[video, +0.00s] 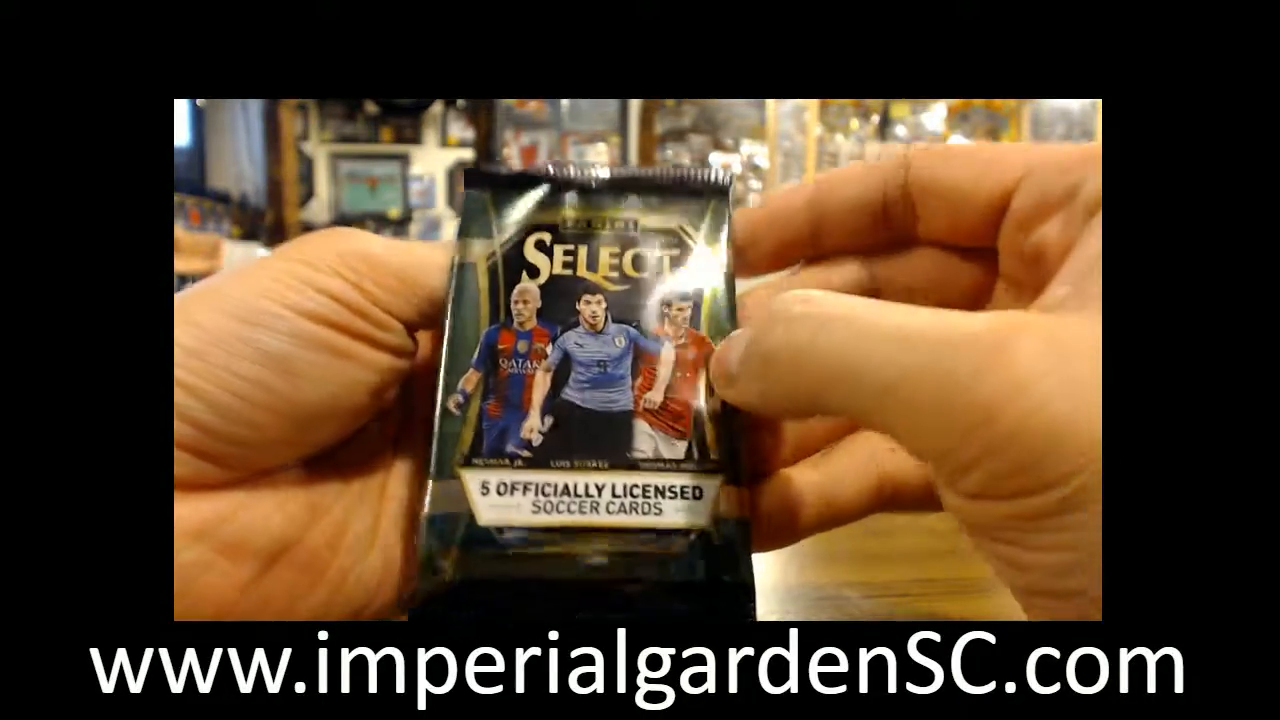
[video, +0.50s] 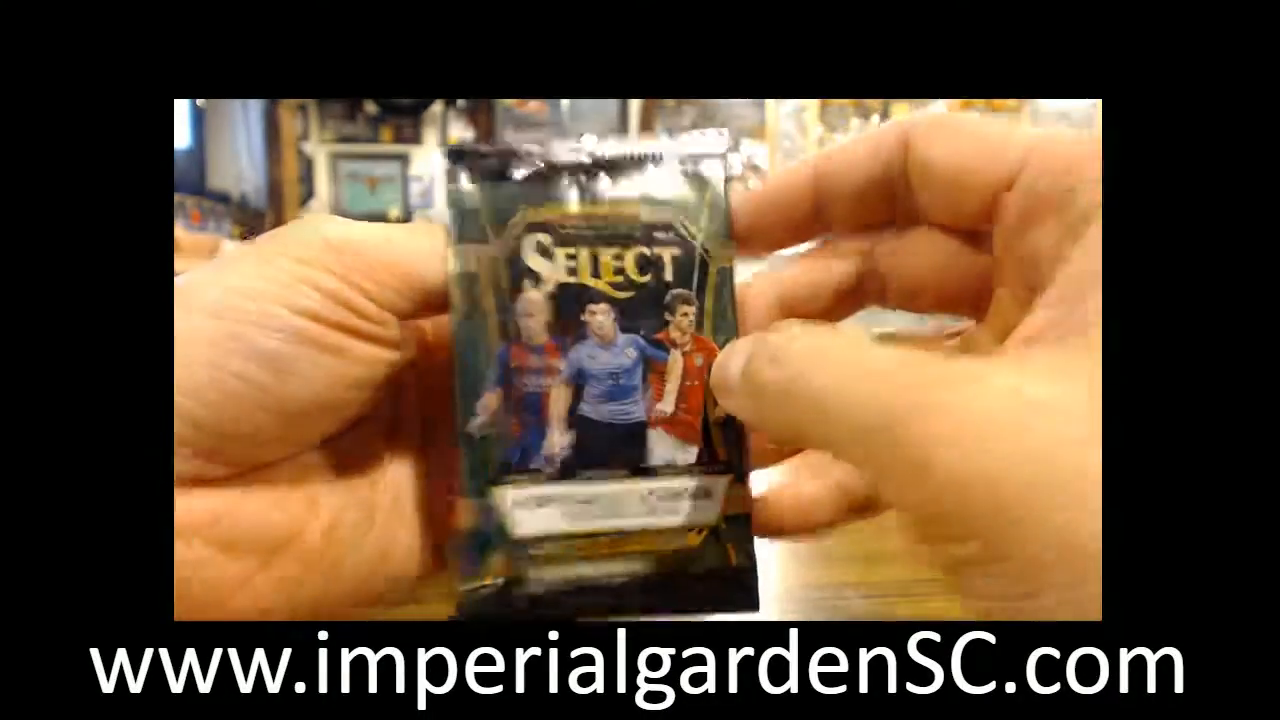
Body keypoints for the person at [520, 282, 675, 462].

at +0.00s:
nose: (594, 309)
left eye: (599, 303)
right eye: (588, 303)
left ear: (606, 306)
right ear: (578, 307)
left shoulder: (626, 334)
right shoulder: (567, 339)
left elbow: (666, 348)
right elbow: (545, 371)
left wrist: (658, 390)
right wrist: (534, 413)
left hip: (617, 414)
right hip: (576, 412)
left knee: (616, 476)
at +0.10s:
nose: (594, 309)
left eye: (598, 302)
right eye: (587, 303)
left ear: (605, 304)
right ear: (577, 307)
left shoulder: (626, 333)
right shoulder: (568, 340)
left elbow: (668, 350)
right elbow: (546, 377)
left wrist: (661, 393)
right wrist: (539, 422)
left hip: (621, 418)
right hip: (578, 416)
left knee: (620, 481)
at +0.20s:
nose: (589, 313)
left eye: (593, 306)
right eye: (581, 307)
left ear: (600, 308)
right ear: (572, 311)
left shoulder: (623, 339)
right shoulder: (564, 348)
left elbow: (666, 355)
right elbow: (543, 386)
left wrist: (659, 399)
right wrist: (537, 432)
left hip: (620, 425)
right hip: (577, 424)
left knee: (618, 491)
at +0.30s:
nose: (588, 314)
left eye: (593, 306)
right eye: (581, 307)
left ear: (600, 308)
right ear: (571, 311)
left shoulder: (622, 339)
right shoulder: (563, 346)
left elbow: (665, 355)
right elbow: (543, 386)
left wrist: (658, 399)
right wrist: (536, 432)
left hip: (618, 425)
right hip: (576, 424)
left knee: (619, 491)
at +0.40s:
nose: (589, 315)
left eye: (593, 308)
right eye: (581, 309)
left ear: (601, 309)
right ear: (572, 313)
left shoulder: (623, 340)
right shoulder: (564, 349)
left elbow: (665, 355)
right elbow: (544, 387)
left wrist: (659, 400)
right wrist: (538, 433)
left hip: (619, 425)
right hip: (577, 424)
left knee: (620, 489)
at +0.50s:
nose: (599, 320)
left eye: (605, 313)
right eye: (592, 314)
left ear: (614, 316)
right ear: (584, 318)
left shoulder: (634, 344)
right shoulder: (579, 353)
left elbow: (674, 357)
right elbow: (562, 387)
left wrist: (668, 400)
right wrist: (557, 431)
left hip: (631, 423)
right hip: (593, 423)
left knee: (632, 487)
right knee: (590, 485)